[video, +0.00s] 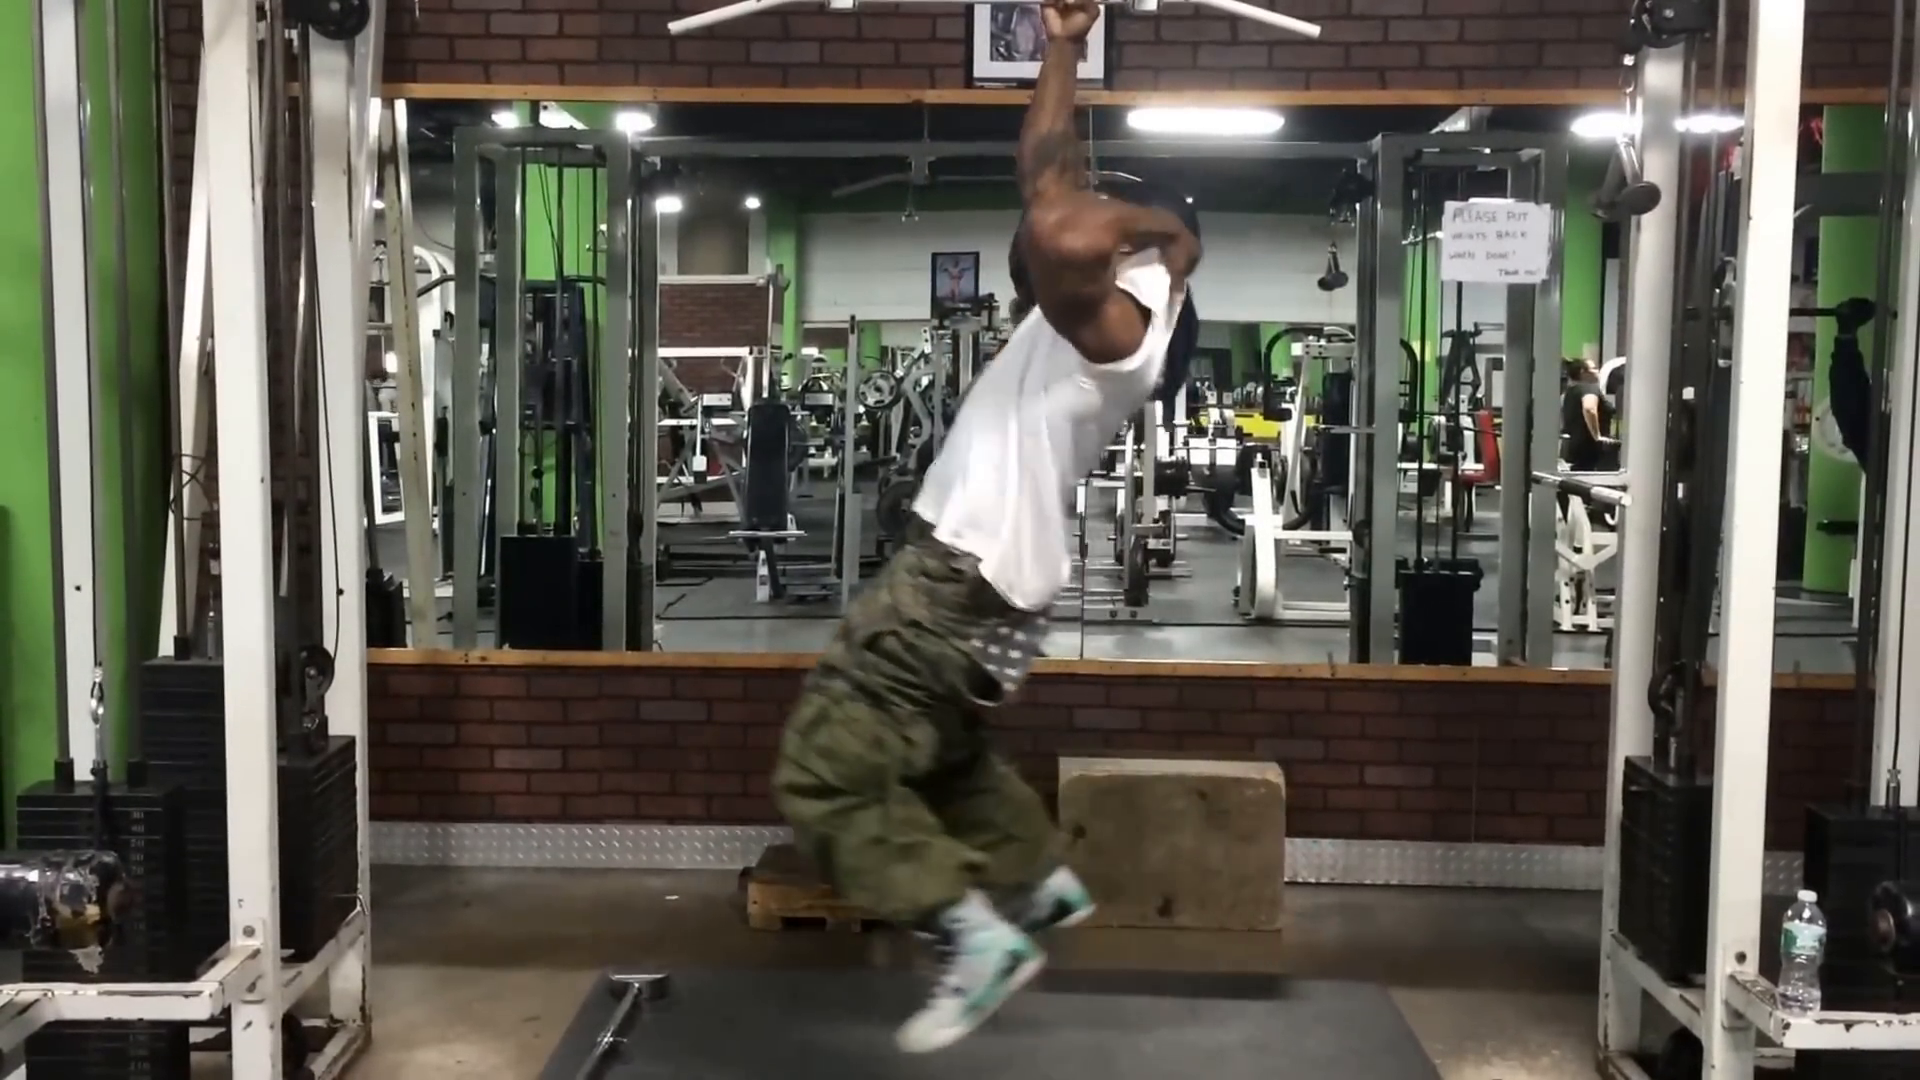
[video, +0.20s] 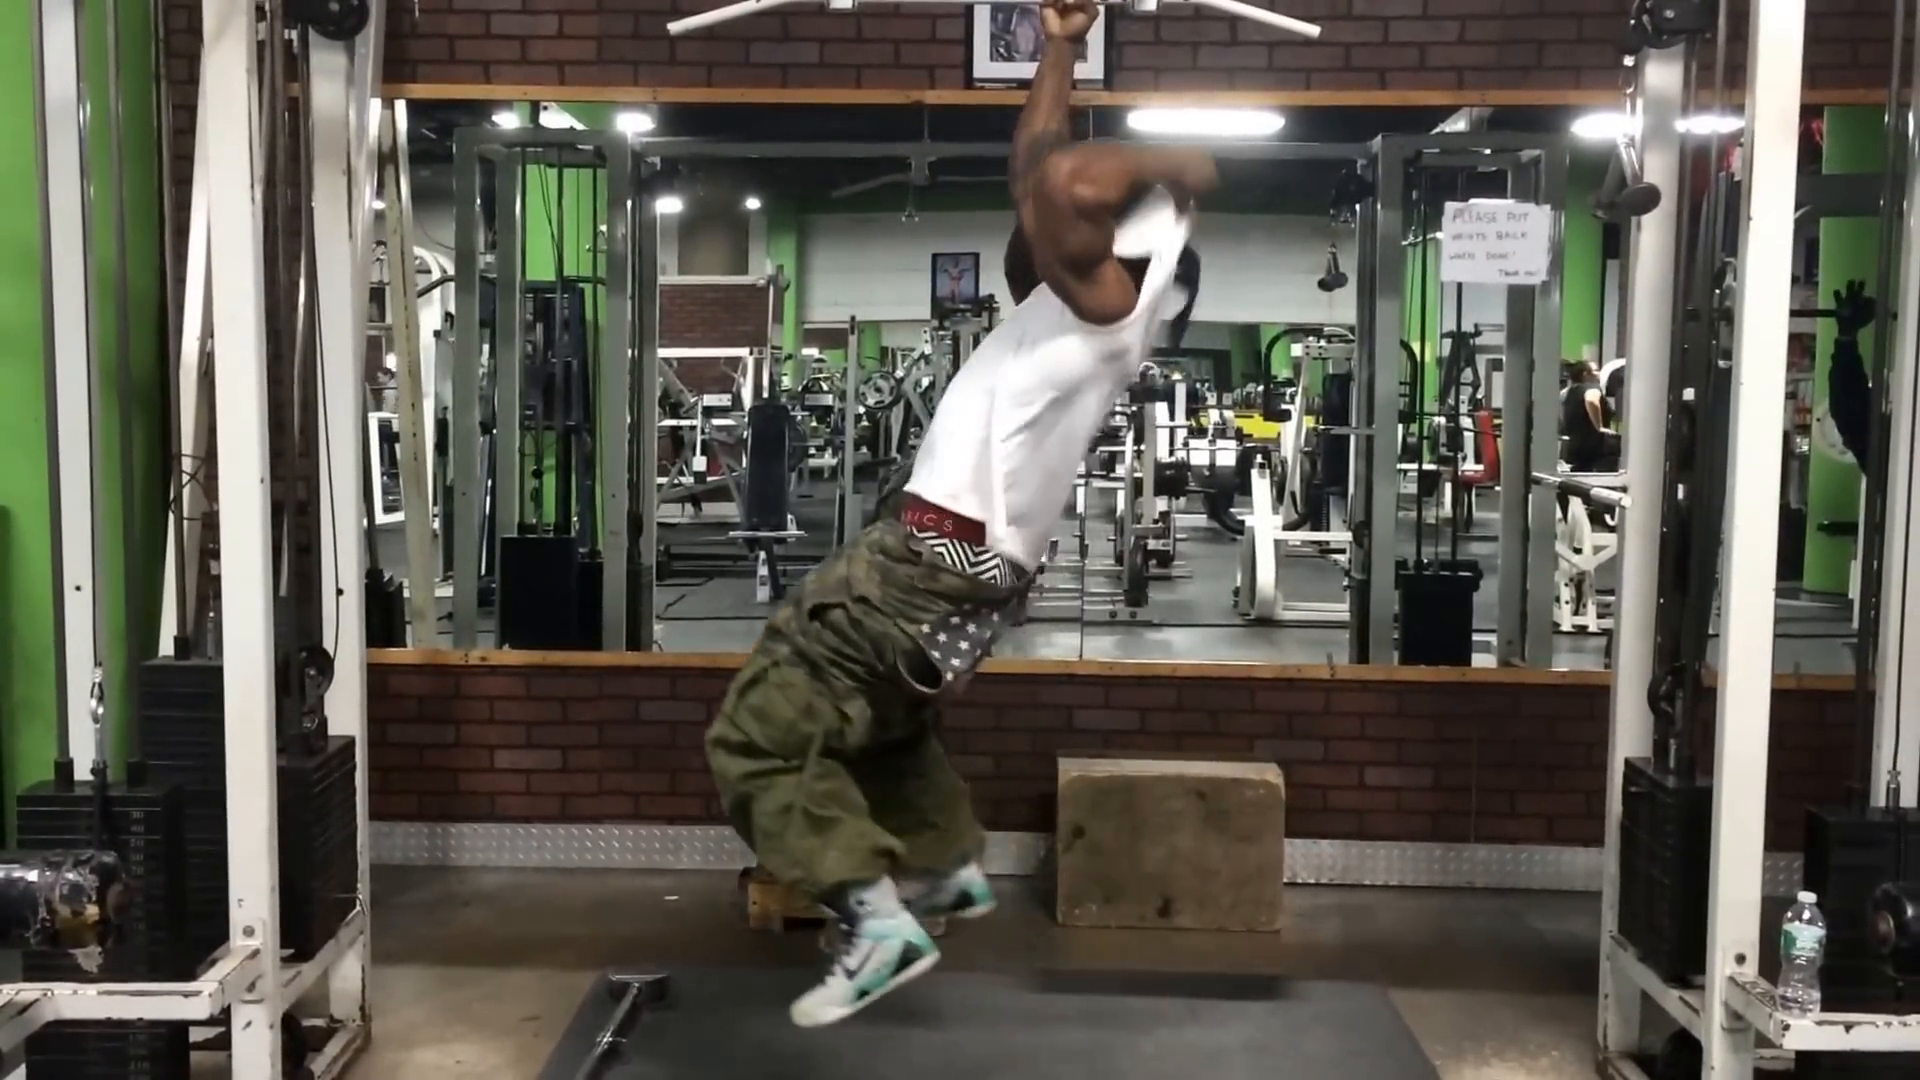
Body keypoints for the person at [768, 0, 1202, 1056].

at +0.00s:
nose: (1078, 244)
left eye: (1098, 231)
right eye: (1090, 229)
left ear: (1135, 255)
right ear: (1123, 247)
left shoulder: (1124, 335)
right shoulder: (1102, 318)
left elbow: (1053, 239)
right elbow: (1046, 176)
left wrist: (1161, 228)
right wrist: (1064, 44)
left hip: (963, 571)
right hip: (997, 581)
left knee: (827, 768)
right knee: (934, 741)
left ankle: (976, 939)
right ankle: (1035, 881)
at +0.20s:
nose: (1079, 203)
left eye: (1090, 191)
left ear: (1117, 212)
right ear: (1166, 237)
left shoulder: (1119, 299)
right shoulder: (1087, 298)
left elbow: (1064, 181)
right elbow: (1034, 175)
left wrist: (1178, 167)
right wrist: (1059, 50)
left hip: (933, 556)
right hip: (974, 568)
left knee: (759, 734)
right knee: (879, 715)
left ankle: (874, 924)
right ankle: (946, 870)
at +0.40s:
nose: (1050, 218)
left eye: (1060, 189)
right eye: (1060, 180)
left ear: (1088, 200)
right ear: (1130, 223)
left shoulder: (1108, 288)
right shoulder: (1093, 296)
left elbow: (993, 189)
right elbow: (1016, 213)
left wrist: (1068, 120)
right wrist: (1055, 61)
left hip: (951, 546)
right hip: (974, 544)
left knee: (759, 699)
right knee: (835, 666)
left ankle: (867, 894)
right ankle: (883, 848)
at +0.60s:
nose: (1086, 220)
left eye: (1097, 210)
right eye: (1095, 206)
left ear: (1118, 227)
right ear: (1144, 232)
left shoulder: (1156, 301)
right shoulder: (1101, 281)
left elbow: (1017, 212)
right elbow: (1035, 184)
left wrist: (1146, 153)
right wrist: (1056, 53)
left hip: (990, 558)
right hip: (950, 514)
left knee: (814, 721)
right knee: (800, 590)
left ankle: (946, 875)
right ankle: (843, 780)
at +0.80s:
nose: (1116, 202)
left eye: (1137, 194)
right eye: (1118, 188)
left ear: (1181, 228)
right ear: (1132, 217)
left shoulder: (1196, 316)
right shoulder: (1101, 282)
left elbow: (1152, 202)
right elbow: (1045, 187)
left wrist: (1199, 221)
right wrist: (1057, 48)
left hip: (1027, 575)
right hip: (969, 518)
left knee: (910, 752)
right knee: (839, 603)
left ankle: (1068, 872)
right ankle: (861, 735)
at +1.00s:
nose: (1171, 225)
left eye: (1194, 219)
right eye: (1174, 213)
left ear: (1232, 238)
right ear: (1164, 215)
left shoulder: (1233, 317)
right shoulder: (1131, 249)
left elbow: (1216, 256)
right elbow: (1045, 183)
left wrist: (1249, 214)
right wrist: (1058, 51)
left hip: (1085, 572)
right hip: (1015, 522)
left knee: (1017, 784)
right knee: (887, 643)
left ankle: (1172, 851)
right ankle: (938, 765)